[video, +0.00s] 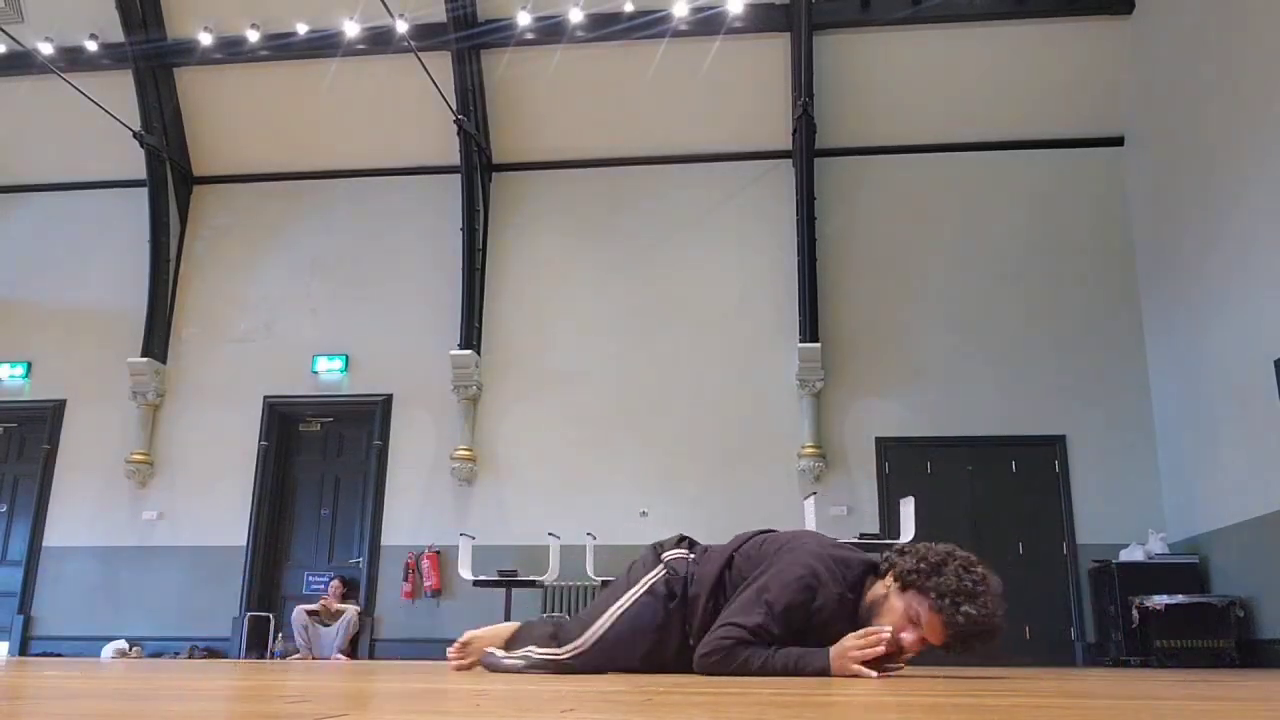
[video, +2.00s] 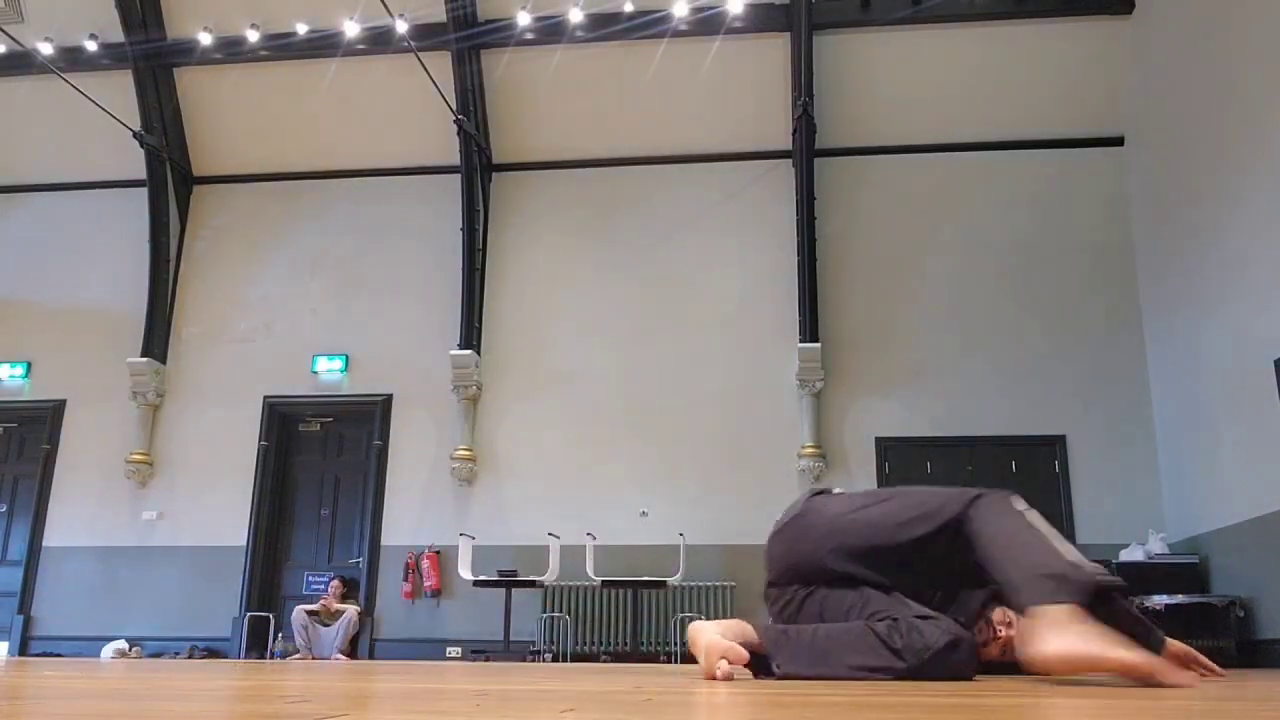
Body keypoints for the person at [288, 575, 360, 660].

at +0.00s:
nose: (333, 590)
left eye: (337, 588)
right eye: (331, 587)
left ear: (344, 590)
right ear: (328, 589)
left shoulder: (349, 604)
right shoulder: (322, 604)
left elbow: (358, 609)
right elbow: (298, 608)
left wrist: (336, 607)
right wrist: (318, 607)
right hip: (316, 634)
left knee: (352, 614)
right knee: (297, 612)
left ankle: (337, 653)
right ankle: (304, 653)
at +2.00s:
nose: (333, 591)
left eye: (337, 588)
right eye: (331, 587)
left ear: (343, 590)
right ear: (328, 589)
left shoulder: (349, 603)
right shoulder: (323, 603)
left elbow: (357, 610)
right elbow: (297, 608)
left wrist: (335, 607)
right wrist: (317, 607)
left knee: (352, 613)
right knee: (297, 612)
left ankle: (336, 653)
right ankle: (304, 652)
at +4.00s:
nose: (333, 591)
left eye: (337, 588)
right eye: (331, 588)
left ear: (343, 590)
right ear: (328, 589)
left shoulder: (349, 602)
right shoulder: (323, 602)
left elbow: (357, 610)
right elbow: (297, 608)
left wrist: (333, 606)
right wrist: (315, 607)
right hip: (316, 636)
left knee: (352, 614)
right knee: (297, 612)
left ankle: (336, 653)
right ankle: (304, 653)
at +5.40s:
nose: (333, 591)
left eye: (337, 589)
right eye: (331, 588)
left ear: (343, 591)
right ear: (327, 590)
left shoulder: (348, 604)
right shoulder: (322, 604)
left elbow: (357, 610)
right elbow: (297, 609)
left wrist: (334, 606)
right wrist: (316, 608)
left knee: (352, 614)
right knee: (296, 612)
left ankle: (336, 653)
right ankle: (304, 653)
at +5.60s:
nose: (321, 607)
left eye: (324, 606)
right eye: (321, 606)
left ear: (333, 609)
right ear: (318, 607)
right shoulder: (308, 623)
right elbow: (297, 610)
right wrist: (314, 608)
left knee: (349, 619)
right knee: (297, 612)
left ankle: (336, 654)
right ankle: (304, 653)